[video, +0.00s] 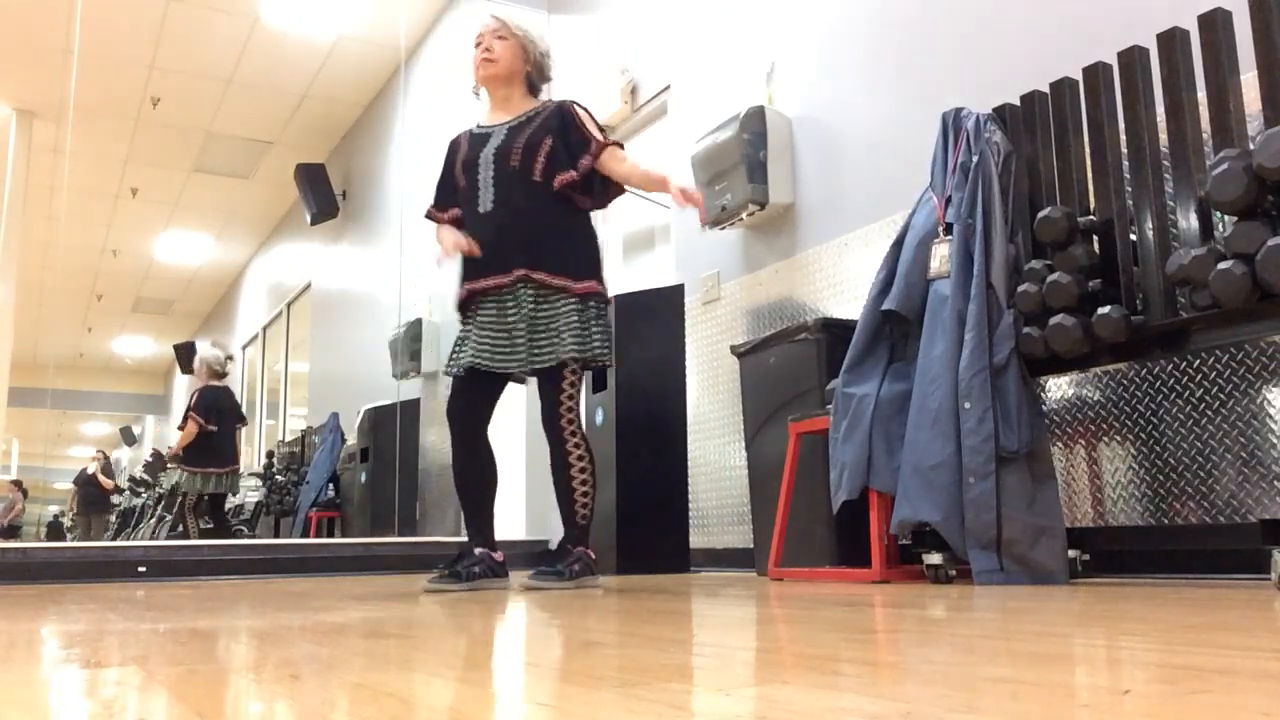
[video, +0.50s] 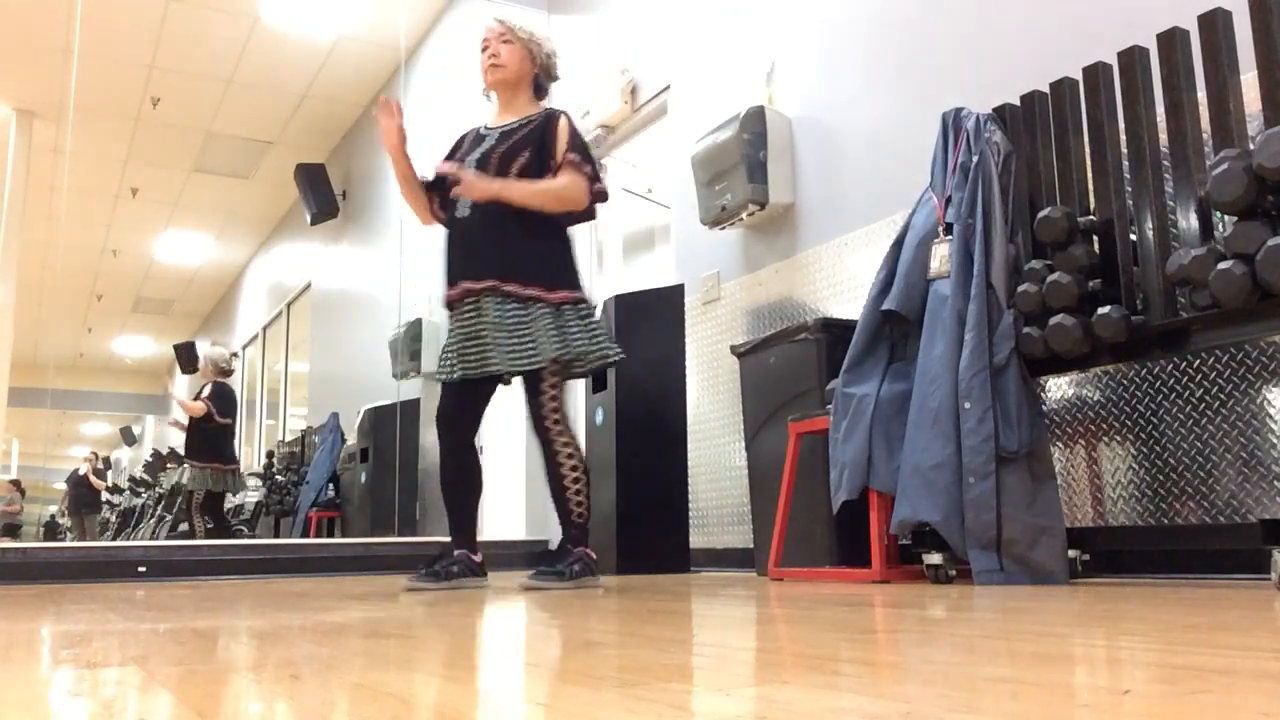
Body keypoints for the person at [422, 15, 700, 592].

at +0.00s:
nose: (483, 46)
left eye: (498, 39)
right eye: (478, 41)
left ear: (528, 59)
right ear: (476, 66)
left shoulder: (560, 114)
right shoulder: (465, 143)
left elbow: (616, 163)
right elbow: (447, 221)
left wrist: (668, 184)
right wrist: (452, 238)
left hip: (563, 287)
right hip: (494, 292)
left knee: (562, 416)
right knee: (464, 413)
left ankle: (578, 549)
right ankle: (483, 550)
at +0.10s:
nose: (491, 48)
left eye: (506, 42)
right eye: (485, 44)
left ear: (534, 64)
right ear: (480, 71)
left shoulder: (565, 119)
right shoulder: (470, 149)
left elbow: (607, 165)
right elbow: (451, 221)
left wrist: (637, 175)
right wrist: (456, 244)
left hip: (569, 291)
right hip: (503, 299)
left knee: (566, 415)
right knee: (463, 412)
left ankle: (579, 549)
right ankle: (481, 548)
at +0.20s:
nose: (494, 50)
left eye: (509, 43)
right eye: (489, 45)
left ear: (538, 63)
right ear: (483, 70)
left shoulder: (566, 119)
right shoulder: (473, 150)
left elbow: (619, 189)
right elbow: (452, 226)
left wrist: (605, 166)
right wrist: (454, 237)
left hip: (570, 290)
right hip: (503, 298)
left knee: (567, 415)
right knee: (460, 410)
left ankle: (579, 551)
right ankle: (478, 545)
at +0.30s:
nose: (495, 50)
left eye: (509, 42)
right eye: (490, 45)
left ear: (539, 61)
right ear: (487, 68)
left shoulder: (565, 118)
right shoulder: (476, 147)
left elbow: (614, 184)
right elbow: (456, 231)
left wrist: (565, 160)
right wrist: (434, 212)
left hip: (565, 288)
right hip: (499, 297)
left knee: (566, 416)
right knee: (456, 409)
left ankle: (579, 550)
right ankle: (473, 544)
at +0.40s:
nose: (495, 50)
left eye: (508, 41)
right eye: (488, 45)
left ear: (538, 60)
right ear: (485, 69)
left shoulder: (560, 118)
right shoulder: (474, 143)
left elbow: (594, 184)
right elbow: (445, 218)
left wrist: (512, 172)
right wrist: (410, 172)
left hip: (555, 291)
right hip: (489, 298)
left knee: (561, 418)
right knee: (450, 415)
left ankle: (579, 549)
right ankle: (463, 546)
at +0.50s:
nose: (490, 51)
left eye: (503, 42)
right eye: (484, 46)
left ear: (534, 60)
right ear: (481, 70)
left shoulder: (554, 122)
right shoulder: (469, 141)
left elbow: (576, 195)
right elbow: (432, 210)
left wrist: (491, 188)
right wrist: (397, 152)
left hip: (539, 295)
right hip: (479, 299)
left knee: (549, 418)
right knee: (452, 421)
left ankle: (578, 549)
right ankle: (465, 552)